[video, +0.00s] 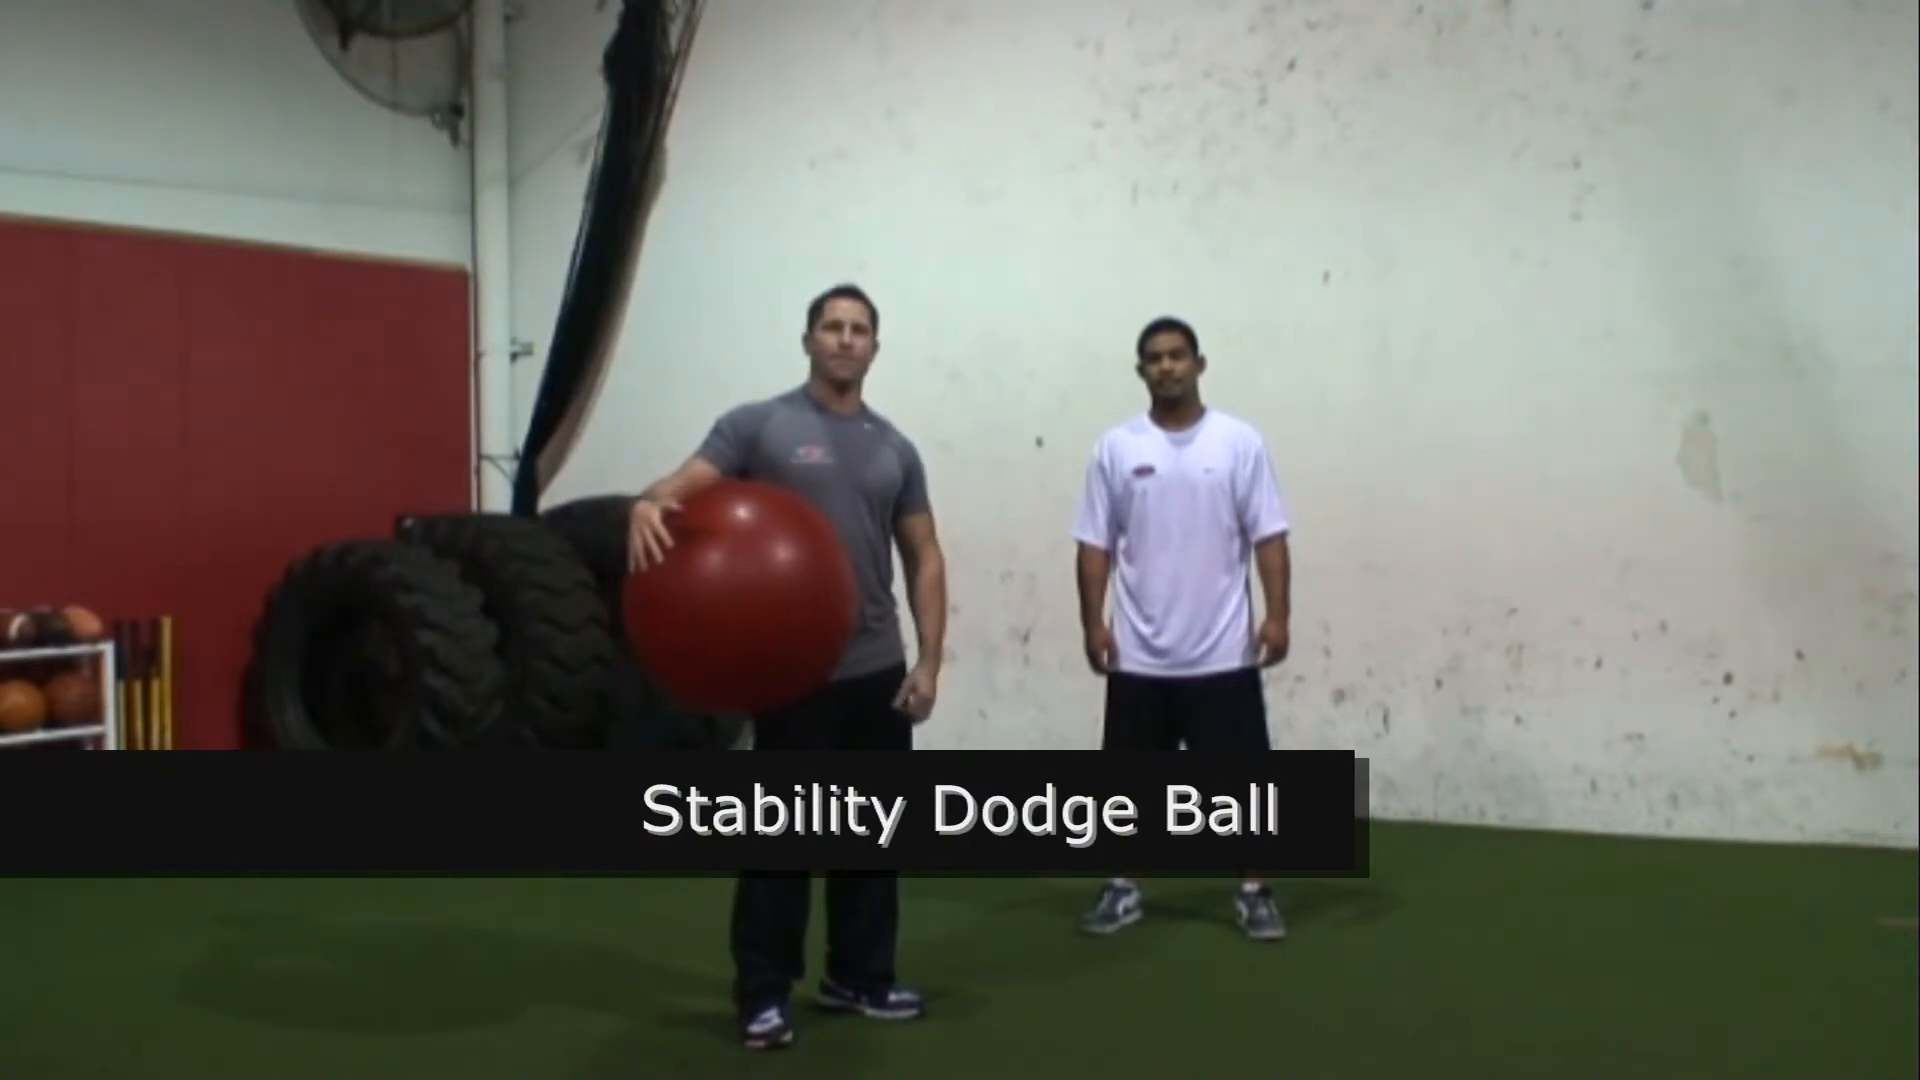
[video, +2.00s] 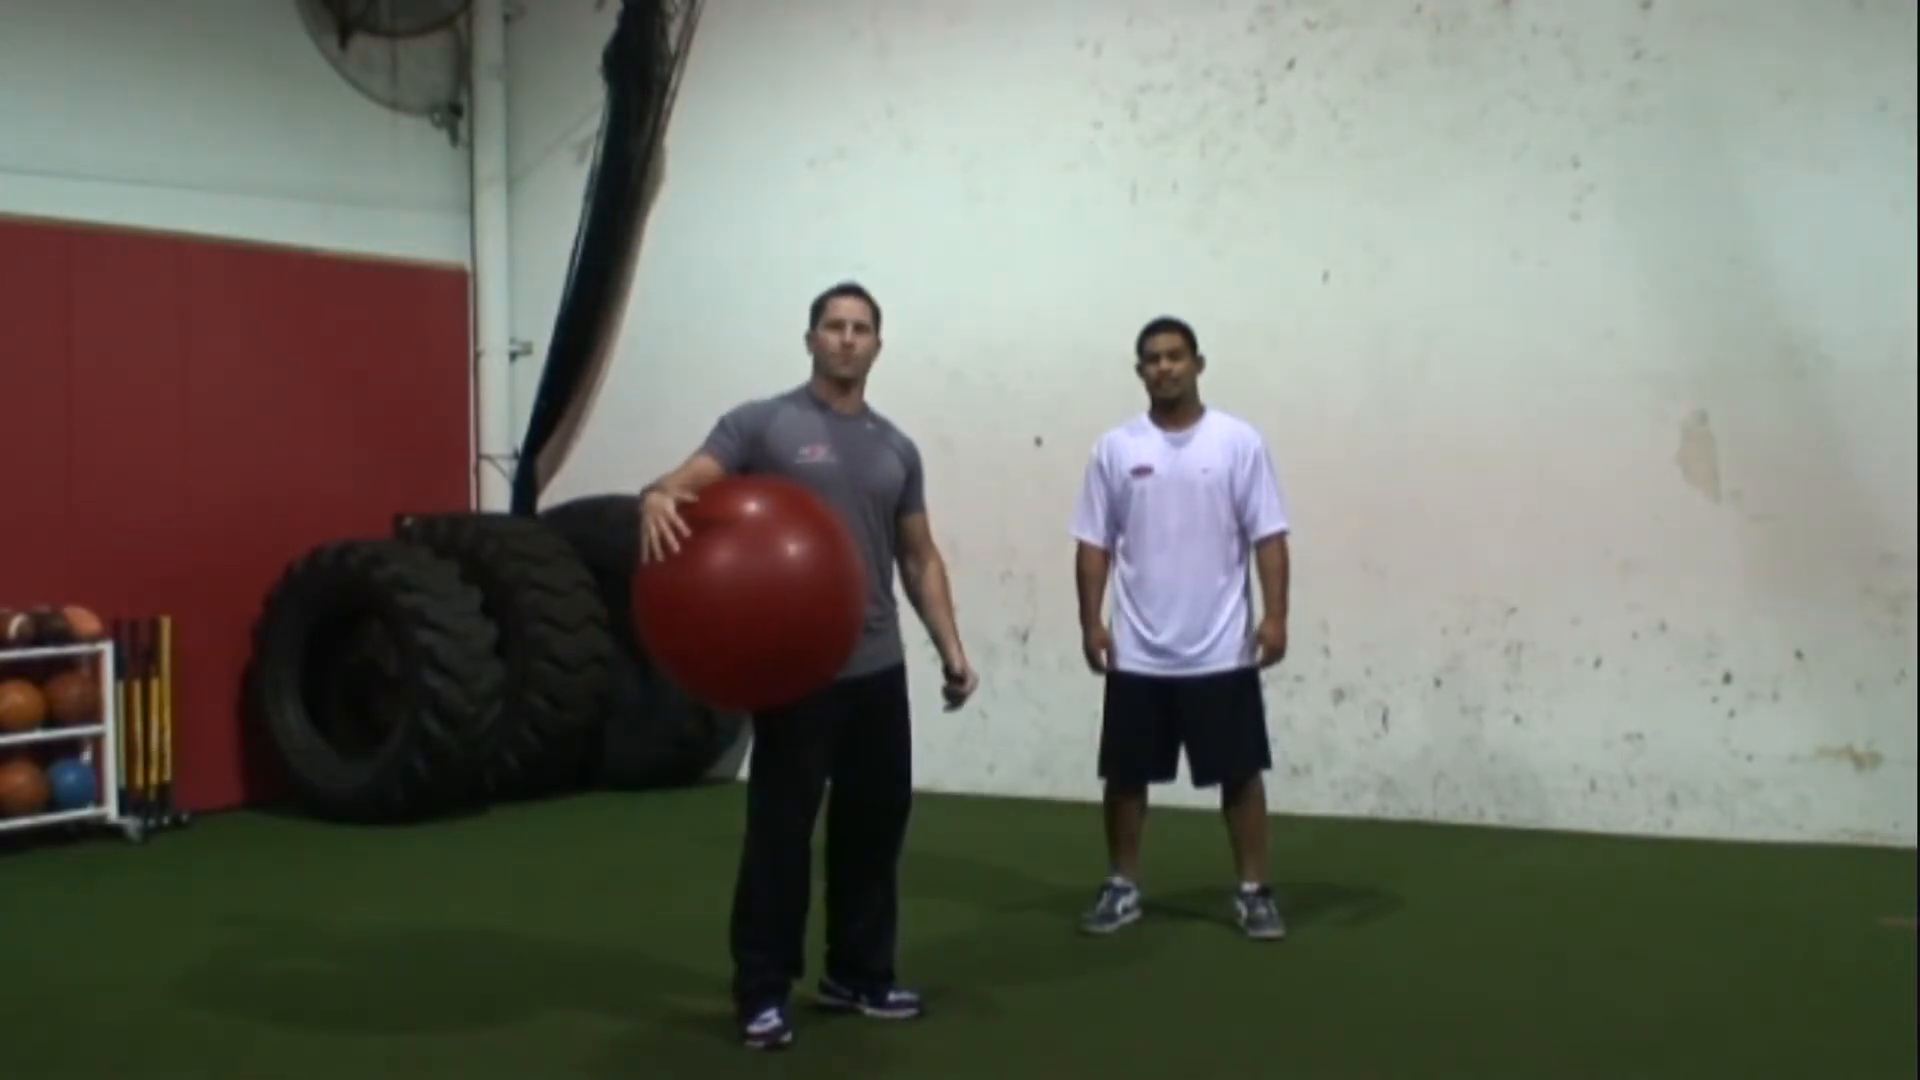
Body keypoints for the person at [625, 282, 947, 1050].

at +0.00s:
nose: (847, 339)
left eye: (859, 329)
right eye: (833, 327)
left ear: (875, 347)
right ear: (808, 341)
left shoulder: (894, 450)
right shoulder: (757, 425)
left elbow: (924, 556)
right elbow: (686, 484)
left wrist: (931, 659)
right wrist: (646, 504)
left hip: (875, 669)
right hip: (788, 671)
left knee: (873, 832)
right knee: (781, 834)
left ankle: (859, 976)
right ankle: (765, 994)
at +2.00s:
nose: (848, 339)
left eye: (861, 329)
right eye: (836, 327)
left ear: (878, 344)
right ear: (811, 338)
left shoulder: (897, 449)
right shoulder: (761, 423)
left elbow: (919, 556)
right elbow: (690, 478)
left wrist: (951, 647)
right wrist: (656, 495)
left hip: (877, 670)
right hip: (790, 672)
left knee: (874, 827)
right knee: (781, 833)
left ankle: (860, 974)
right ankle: (764, 993)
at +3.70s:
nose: (849, 339)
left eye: (861, 330)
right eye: (835, 327)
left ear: (875, 345)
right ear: (807, 339)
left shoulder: (893, 446)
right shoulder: (760, 422)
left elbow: (916, 547)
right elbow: (688, 486)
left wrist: (913, 621)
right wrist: (663, 512)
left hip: (875, 665)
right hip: (792, 662)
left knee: (873, 824)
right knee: (783, 830)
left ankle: (860, 975)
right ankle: (764, 994)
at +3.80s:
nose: (848, 339)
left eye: (861, 329)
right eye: (834, 327)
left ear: (875, 345)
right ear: (807, 339)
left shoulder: (892, 446)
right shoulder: (759, 423)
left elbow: (916, 547)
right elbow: (687, 487)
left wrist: (902, 614)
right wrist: (663, 512)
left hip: (874, 665)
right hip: (792, 663)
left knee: (873, 823)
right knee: (784, 829)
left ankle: (859, 975)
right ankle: (764, 993)